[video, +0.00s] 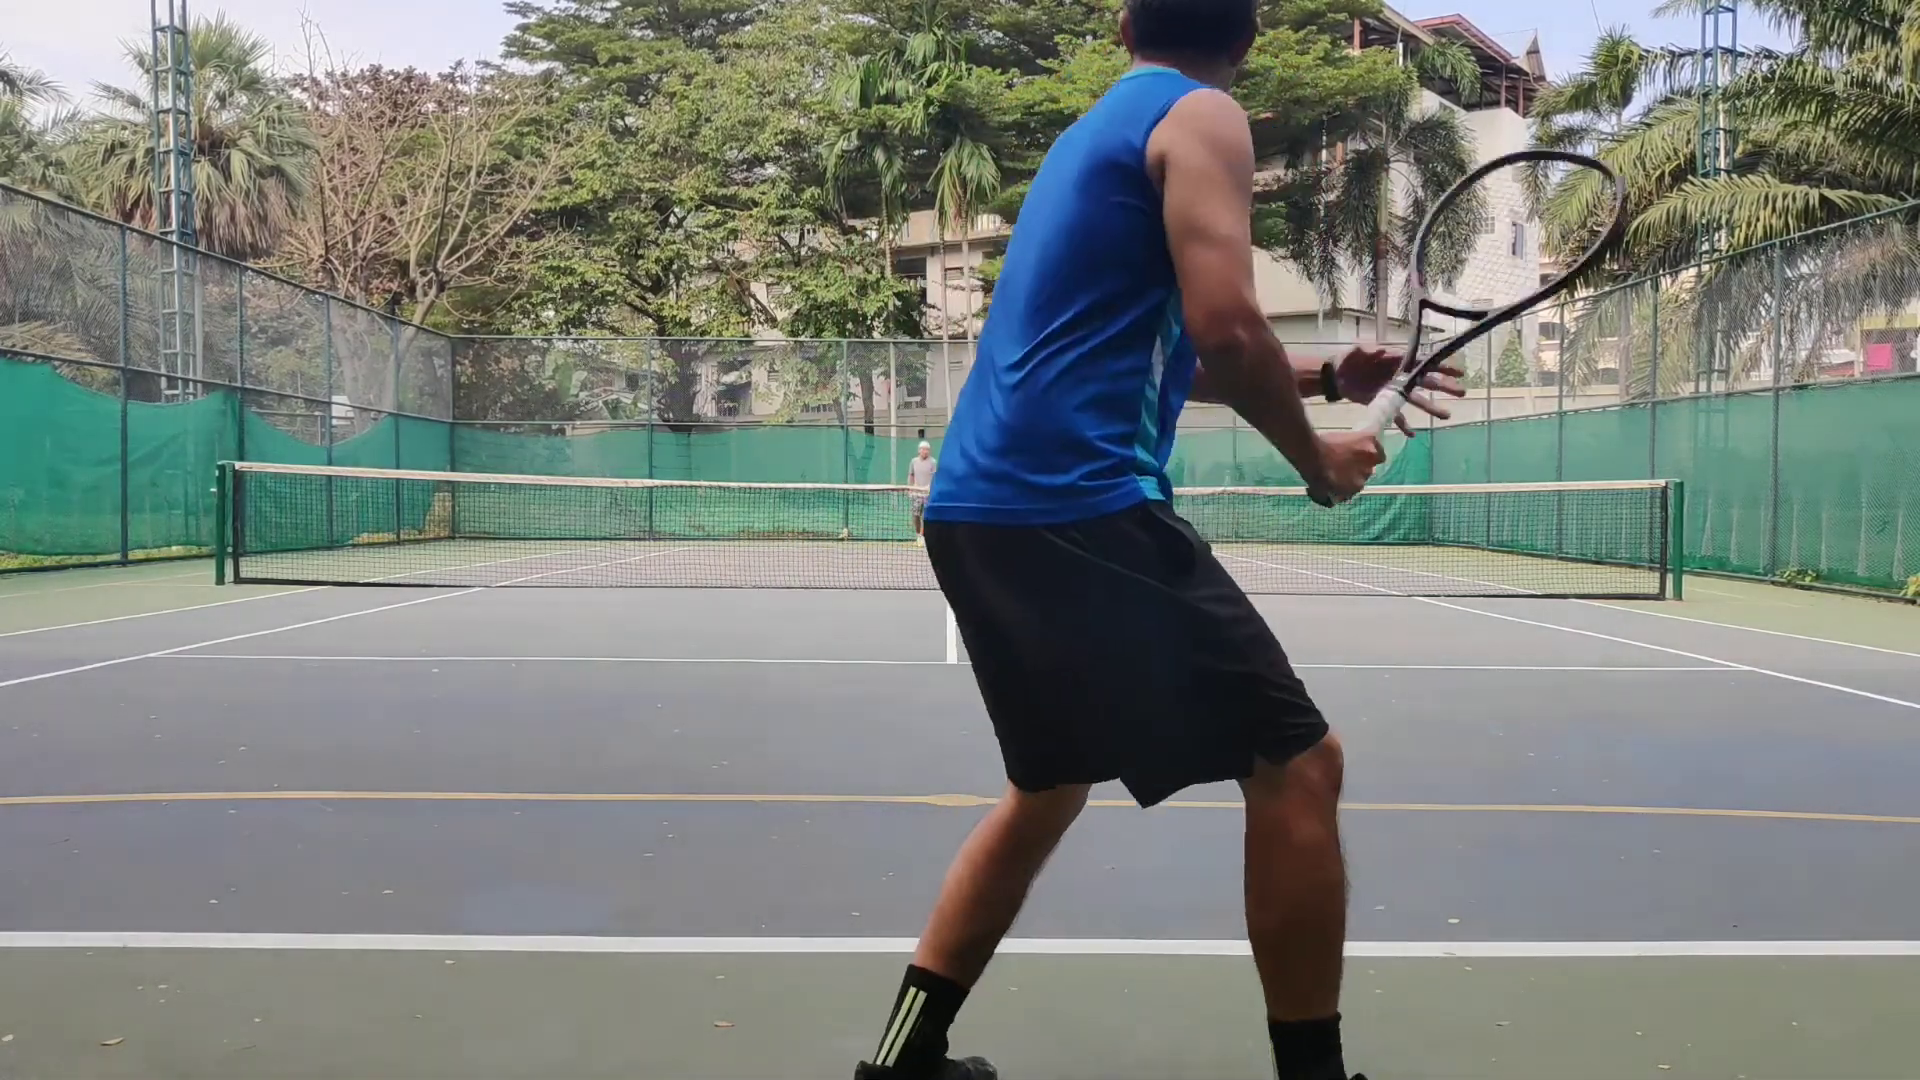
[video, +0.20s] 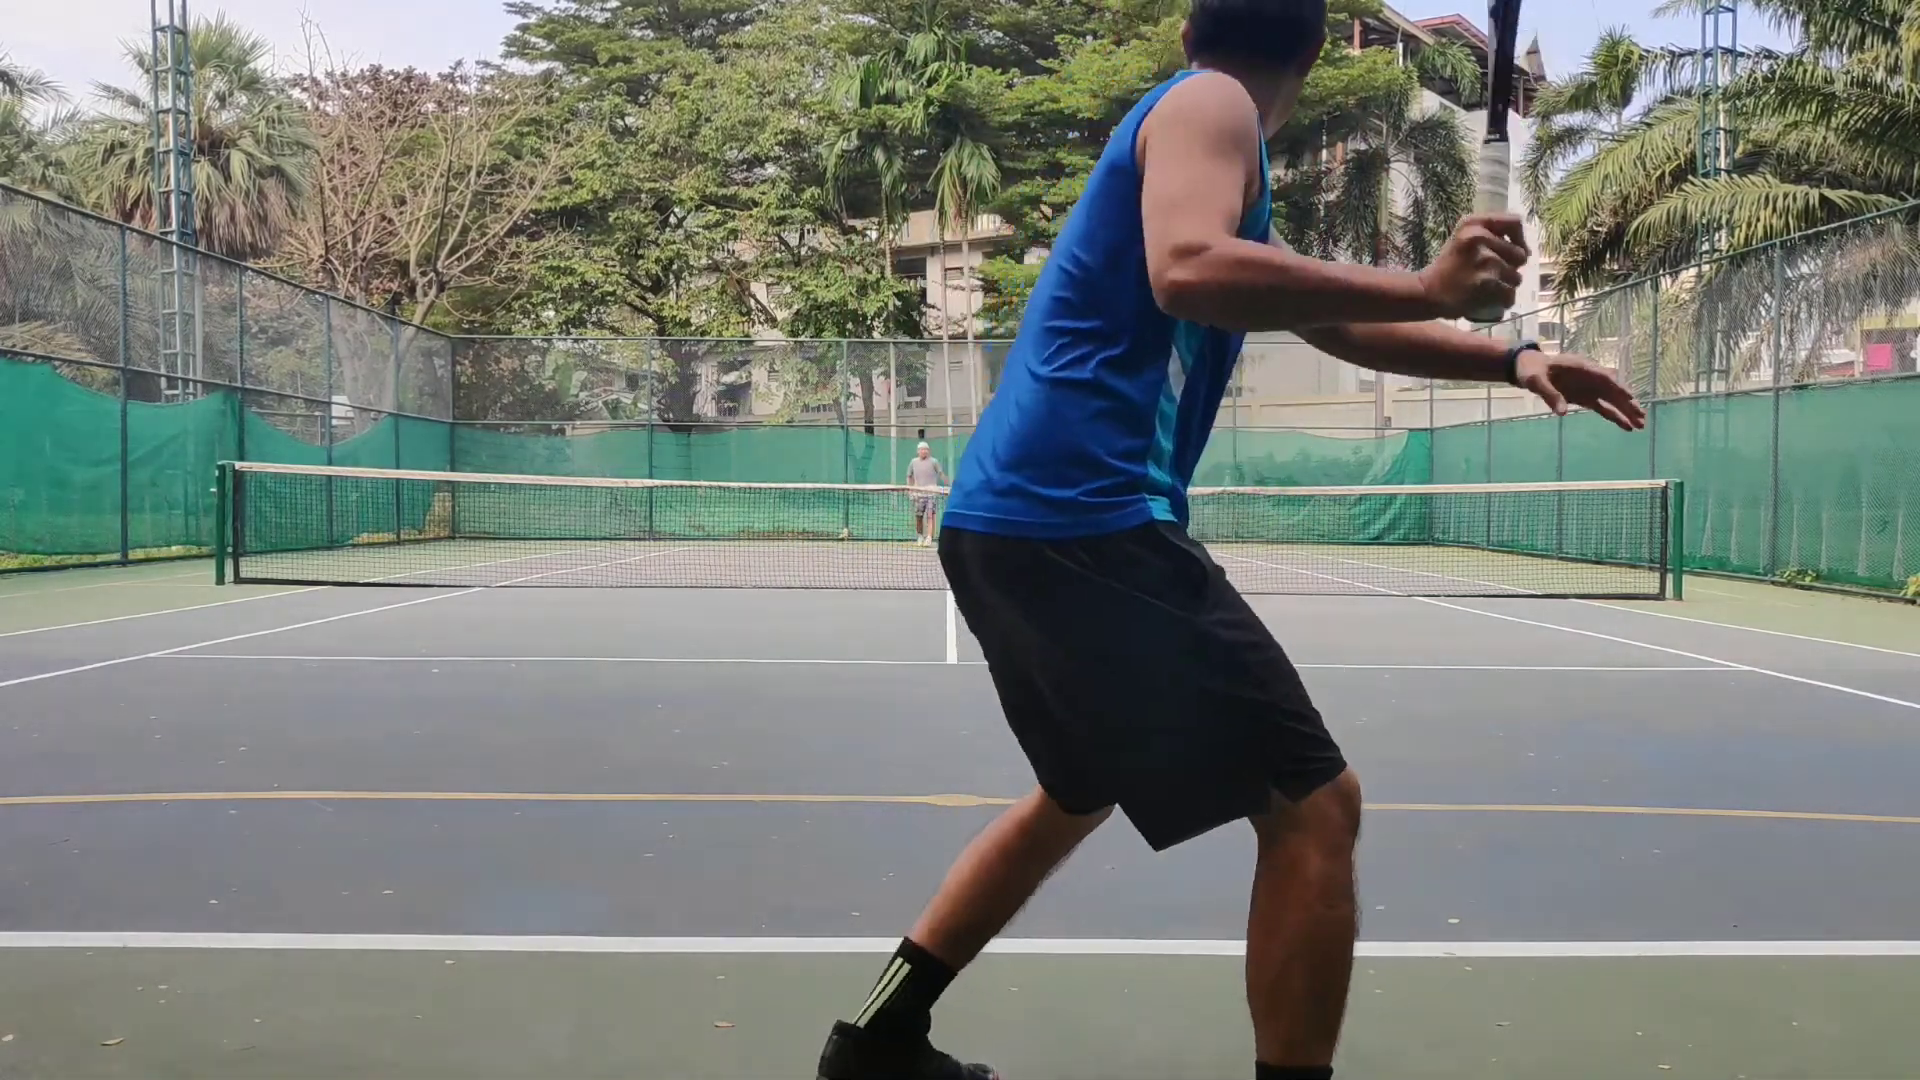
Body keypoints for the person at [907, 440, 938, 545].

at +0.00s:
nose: (924, 452)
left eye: (926, 449)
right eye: (922, 449)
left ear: (929, 451)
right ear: (919, 450)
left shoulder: (933, 462)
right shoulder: (914, 461)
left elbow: (934, 475)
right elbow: (911, 475)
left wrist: (932, 488)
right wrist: (910, 487)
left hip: (928, 491)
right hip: (916, 491)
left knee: (927, 514)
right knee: (916, 514)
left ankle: (924, 535)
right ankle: (918, 534)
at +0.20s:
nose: (924, 452)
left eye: (925, 449)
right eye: (921, 449)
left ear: (929, 451)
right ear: (918, 451)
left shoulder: (933, 461)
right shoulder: (914, 462)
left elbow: (940, 473)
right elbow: (909, 476)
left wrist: (946, 481)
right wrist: (910, 488)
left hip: (931, 491)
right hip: (918, 491)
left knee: (930, 515)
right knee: (919, 515)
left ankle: (929, 537)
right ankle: (919, 535)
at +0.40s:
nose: (927, 450)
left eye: (929, 448)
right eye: (925, 448)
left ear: (932, 449)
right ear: (921, 450)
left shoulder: (937, 460)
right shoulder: (917, 461)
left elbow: (943, 472)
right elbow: (910, 473)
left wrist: (948, 483)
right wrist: (911, 486)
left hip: (934, 490)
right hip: (921, 491)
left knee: (939, 514)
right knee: (921, 515)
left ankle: (941, 536)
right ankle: (920, 536)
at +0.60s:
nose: (934, 453)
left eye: (936, 451)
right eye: (932, 451)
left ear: (939, 452)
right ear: (928, 452)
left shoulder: (943, 463)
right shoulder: (923, 463)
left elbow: (947, 476)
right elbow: (919, 477)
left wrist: (948, 487)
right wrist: (920, 488)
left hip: (940, 491)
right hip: (927, 491)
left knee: (945, 514)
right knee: (925, 514)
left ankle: (949, 533)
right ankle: (921, 535)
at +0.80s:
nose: (943, 453)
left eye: (944, 450)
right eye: (941, 451)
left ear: (947, 452)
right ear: (937, 452)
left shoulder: (952, 463)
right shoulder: (933, 463)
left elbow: (956, 477)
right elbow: (930, 477)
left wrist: (955, 490)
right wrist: (930, 488)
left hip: (949, 491)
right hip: (937, 491)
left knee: (951, 515)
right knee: (932, 513)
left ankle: (951, 536)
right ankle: (925, 534)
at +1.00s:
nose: (947, 451)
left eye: (949, 448)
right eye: (945, 449)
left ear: (951, 450)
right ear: (941, 450)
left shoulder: (956, 461)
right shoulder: (936, 462)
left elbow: (961, 473)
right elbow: (933, 474)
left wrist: (959, 483)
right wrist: (935, 485)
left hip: (954, 489)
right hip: (941, 489)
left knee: (955, 513)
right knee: (941, 513)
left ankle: (955, 535)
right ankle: (940, 535)